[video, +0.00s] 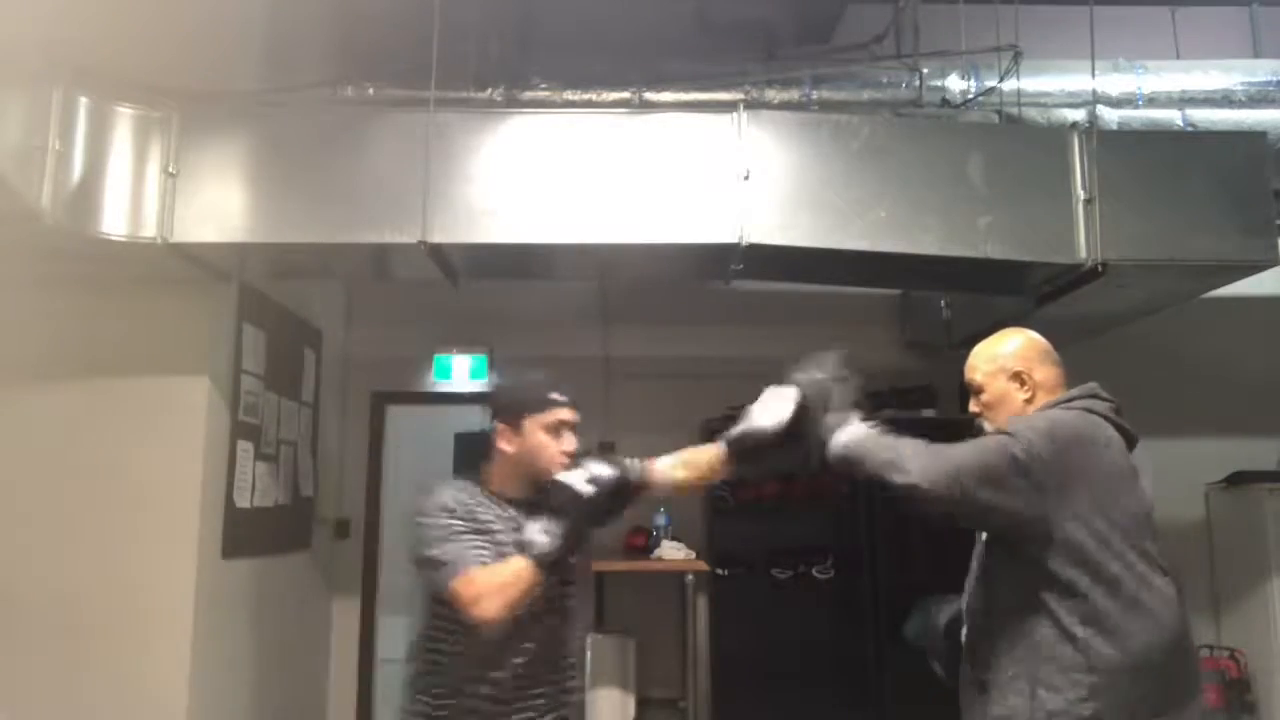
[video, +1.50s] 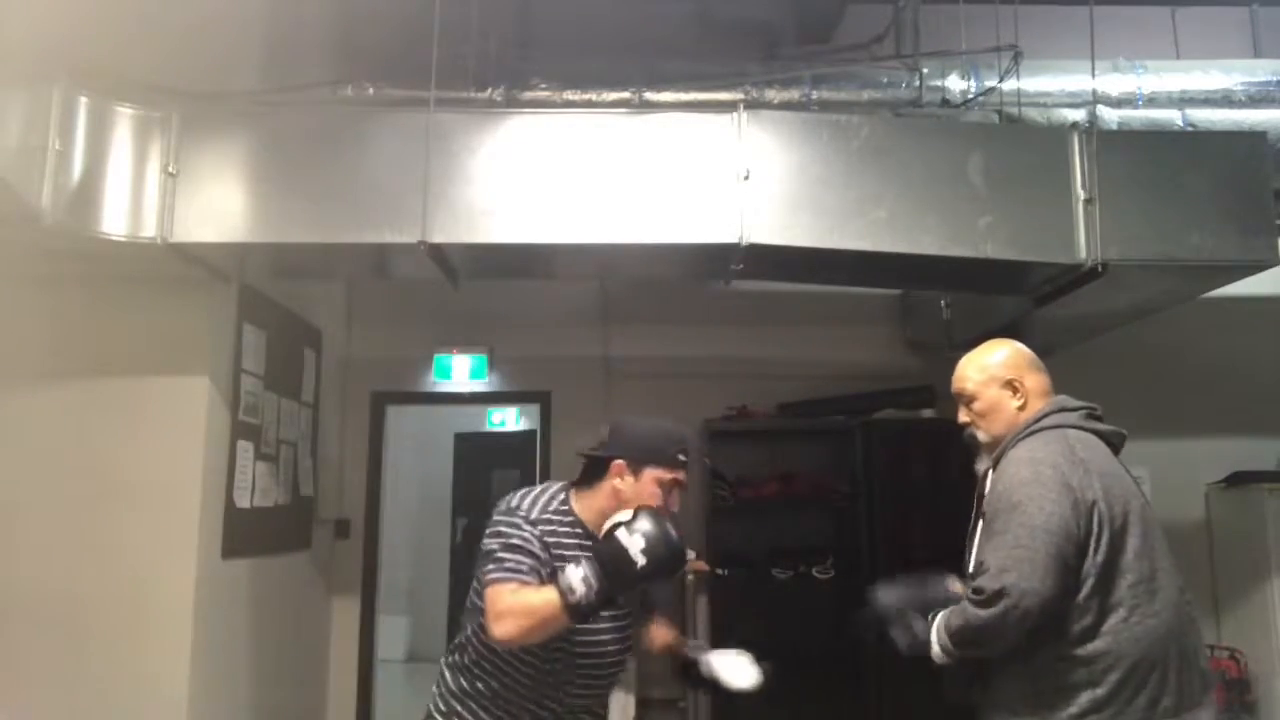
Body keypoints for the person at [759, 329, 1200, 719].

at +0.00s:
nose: (972, 411)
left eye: (978, 393)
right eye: (971, 398)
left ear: (1024, 382)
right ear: (1031, 384)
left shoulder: (1054, 440)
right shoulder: (1087, 435)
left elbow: (937, 474)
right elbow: (1058, 578)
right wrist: (968, 614)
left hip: (1082, 685)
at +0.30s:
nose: (974, 412)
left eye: (982, 395)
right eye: (972, 399)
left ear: (1032, 387)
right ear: (1032, 387)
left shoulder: (1070, 444)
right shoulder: (1061, 441)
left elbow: (1023, 534)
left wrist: (900, 570)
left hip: (1101, 699)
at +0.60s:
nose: (973, 414)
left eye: (982, 396)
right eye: (971, 401)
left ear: (1031, 388)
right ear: (1031, 388)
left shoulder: (1069, 457)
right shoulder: (1053, 452)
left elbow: (1055, 585)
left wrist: (956, 625)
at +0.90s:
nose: (976, 412)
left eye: (984, 396)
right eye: (974, 399)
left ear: (1032, 389)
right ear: (1032, 390)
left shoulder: (1058, 458)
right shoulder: (1073, 447)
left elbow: (1040, 589)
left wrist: (953, 625)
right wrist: (970, 614)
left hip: (1100, 701)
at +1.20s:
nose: (967, 416)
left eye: (975, 398)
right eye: (965, 401)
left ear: (1022, 391)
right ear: (1024, 391)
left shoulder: (1041, 458)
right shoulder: (1074, 445)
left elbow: (1022, 585)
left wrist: (942, 626)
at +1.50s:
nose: (960, 417)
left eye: (967, 400)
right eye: (958, 404)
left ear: (1016, 393)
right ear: (1017, 394)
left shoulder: (1035, 461)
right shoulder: (1074, 447)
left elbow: (1019, 597)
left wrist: (936, 634)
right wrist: (966, 590)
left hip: (1097, 699)